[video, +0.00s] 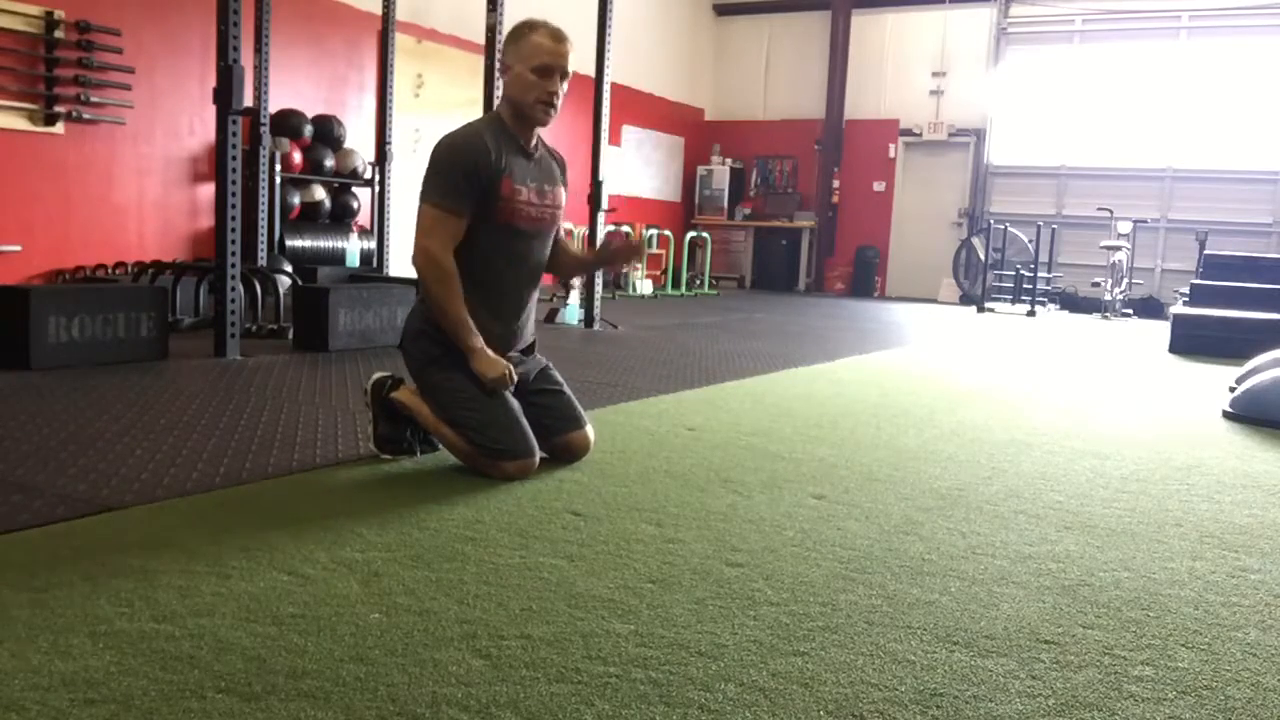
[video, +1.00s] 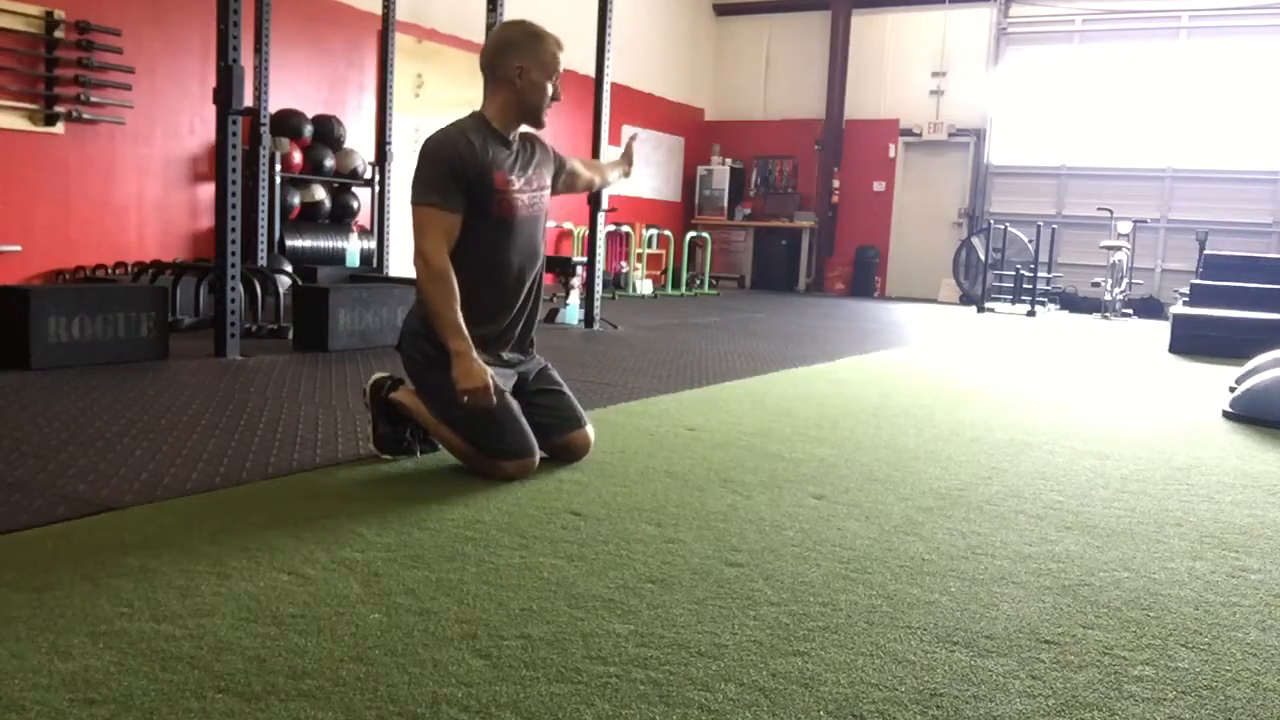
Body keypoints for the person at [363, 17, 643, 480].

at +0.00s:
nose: (555, 88)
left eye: (563, 77)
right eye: (541, 72)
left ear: (568, 84)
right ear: (505, 71)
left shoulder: (553, 164)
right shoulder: (466, 149)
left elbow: (551, 253)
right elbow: (431, 254)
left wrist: (599, 260)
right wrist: (476, 349)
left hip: (517, 347)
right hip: (448, 348)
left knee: (573, 444)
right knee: (516, 464)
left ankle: (445, 408)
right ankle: (401, 400)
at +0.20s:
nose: (569, 96)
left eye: (569, 84)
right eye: (562, 82)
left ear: (529, 80)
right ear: (526, 79)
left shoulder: (542, 155)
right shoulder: (461, 147)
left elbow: (561, 234)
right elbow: (437, 259)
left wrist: (610, 178)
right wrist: (482, 352)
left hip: (514, 345)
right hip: (449, 349)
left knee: (573, 442)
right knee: (515, 463)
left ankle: (448, 404)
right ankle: (401, 398)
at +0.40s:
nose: (563, 95)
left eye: (565, 83)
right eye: (561, 81)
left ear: (530, 80)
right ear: (529, 78)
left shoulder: (537, 153)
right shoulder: (462, 149)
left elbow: (562, 213)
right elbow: (443, 260)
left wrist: (590, 136)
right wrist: (473, 360)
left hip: (513, 347)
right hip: (450, 349)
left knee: (572, 442)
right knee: (515, 464)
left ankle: (438, 413)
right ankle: (400, 399)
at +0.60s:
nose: (562, 94)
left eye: (563, 82)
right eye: (560, 80)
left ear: (530, 79)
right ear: (531, 78)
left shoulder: (535, 153)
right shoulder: (460, 149)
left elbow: (559, 205)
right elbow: (439, 258)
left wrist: (574, 129)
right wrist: (472, 355)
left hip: (512, 345)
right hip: (449, 348)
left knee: (572, 443)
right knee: (516, 464)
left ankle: (437, 413)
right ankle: (399, 399)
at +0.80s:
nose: (558, 94)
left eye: (559, 82)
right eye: (555, 80)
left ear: (525, 78)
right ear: (526, 78)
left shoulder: (533, 151)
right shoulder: (456, 148)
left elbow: (566, 180)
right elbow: (436, 257)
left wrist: (614, 137)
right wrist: (472, 355)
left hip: (513, 347)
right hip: (450, 352)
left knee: (573, 443)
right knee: (516, 464)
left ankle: (441, 408)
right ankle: (400, 399)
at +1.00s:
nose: (559, 91)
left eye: (560, 78)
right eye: (554, 76)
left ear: (522, 76)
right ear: (519, 74)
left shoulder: (539, 153)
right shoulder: (452, 149)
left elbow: (585, 175)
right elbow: (431, 258)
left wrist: (620, 167)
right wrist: (464, 355)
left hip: (515, 348)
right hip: (452, 351)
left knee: (573, 443)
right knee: (515, 464)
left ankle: (437, 411)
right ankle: (399, 399)